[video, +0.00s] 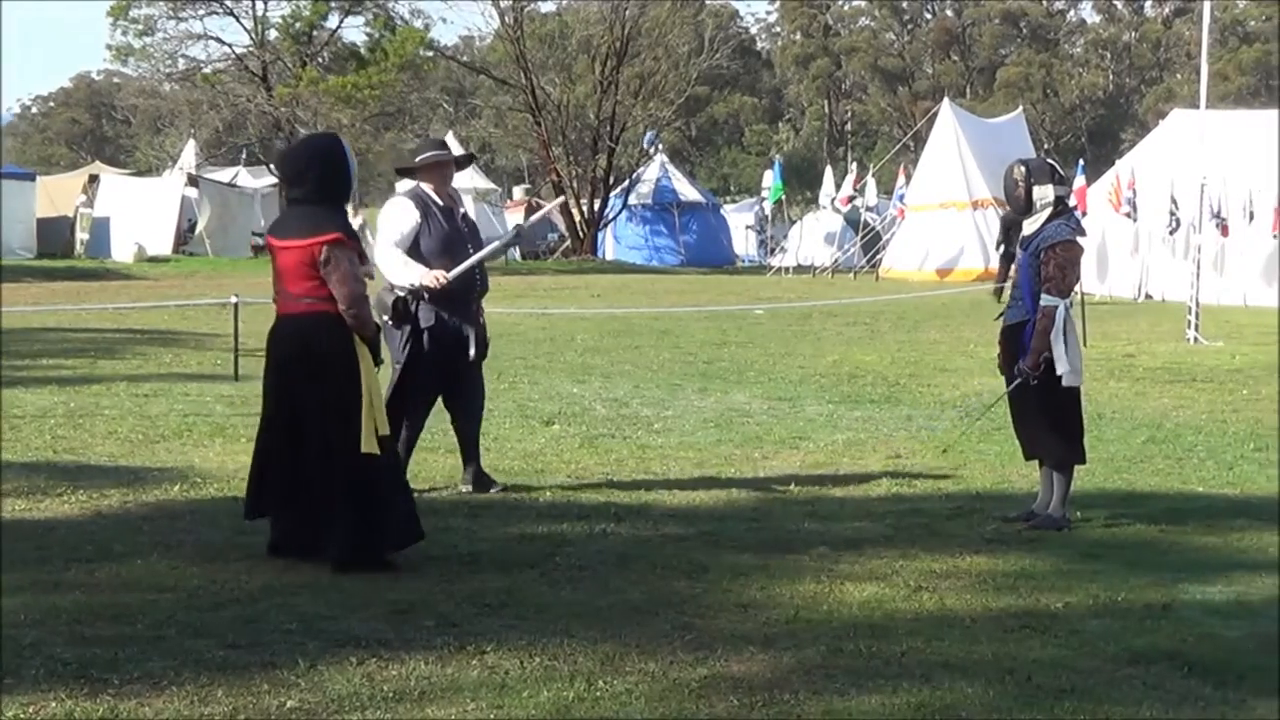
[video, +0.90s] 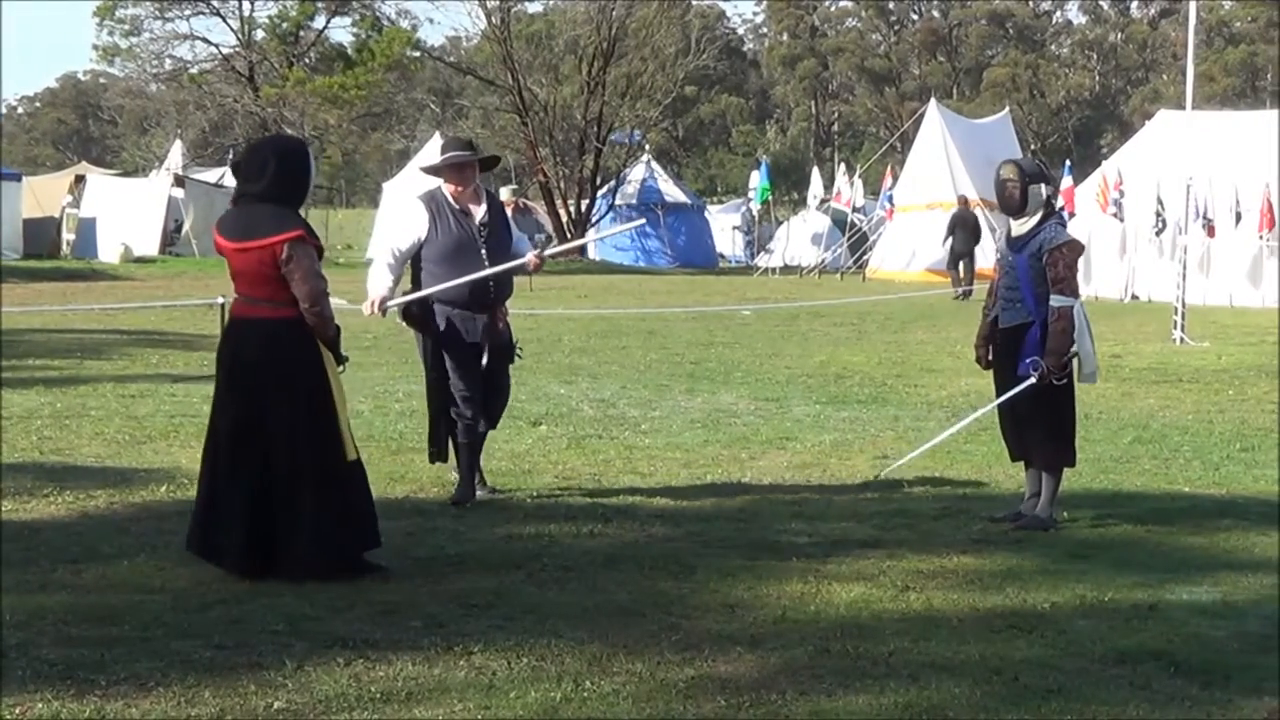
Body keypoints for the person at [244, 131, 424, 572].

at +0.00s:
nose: (351, 180)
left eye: (348, 172)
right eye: (347, 173)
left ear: (290, 180)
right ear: (337, 179)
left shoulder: (279, 230)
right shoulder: (331, 234)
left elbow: (284, 293)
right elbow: (351, 303)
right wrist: (374, 337)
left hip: (286, 336)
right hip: (329, 339)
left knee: (296, 434)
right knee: (342, 435)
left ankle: (291, 532)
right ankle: (353, 541)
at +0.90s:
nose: (307, 183)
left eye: (304, 175)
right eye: (303, 175)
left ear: (248, 176)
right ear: (293, 180)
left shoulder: (229, 227)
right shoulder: (291, 234)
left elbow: (245, 280)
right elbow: (313, 303)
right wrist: (333, 341)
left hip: (242, 335)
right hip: (287, 341)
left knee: (246, 437)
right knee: (300, 438)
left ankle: (244, 543)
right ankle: (310, 544)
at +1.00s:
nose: (307, 182)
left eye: (305, 173)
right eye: (304, 175)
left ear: (247, 174)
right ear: (292, 181)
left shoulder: (228, 223)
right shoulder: (290, 235)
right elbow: (314, 305)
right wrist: (335, 342)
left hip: (244, 335)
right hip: (289, 341)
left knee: (245, 438)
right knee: (300, 441)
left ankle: (241, 543)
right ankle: (307, 545)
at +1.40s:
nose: (306, 180)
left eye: (303, 172)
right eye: (302, 174)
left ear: (246, 178)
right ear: (294, 182)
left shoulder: (230, 227)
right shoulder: (290, 236)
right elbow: (316, 303)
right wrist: (338, 343)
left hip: (247, 336)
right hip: (291, 342)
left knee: (247, 438)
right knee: (302, 440)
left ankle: (241, 540)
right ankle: (304, 544)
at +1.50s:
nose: (307, 178)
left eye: (304, 170)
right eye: (302, 171)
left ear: (247, 176)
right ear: (291, 179)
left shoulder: (229, 227)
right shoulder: (291, 235)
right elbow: (317, 305)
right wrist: (339, 344)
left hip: (247, 337)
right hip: (291, 343)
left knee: (247, 439)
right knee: (305, 441)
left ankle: (242, 541)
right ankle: (310, 546)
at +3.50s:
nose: (304, 181)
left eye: (302, 173)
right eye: (301, 173)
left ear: (246, 176)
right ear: (292, 178)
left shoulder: (225, 235)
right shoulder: (302, 235)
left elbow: (228, 302)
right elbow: (325, 307)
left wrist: (253, 326)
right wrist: (341, 339)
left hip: (247, 344)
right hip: (299, 346)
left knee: (253, 442)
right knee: (312, 443)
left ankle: (257, 549)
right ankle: (320, 548)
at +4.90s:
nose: (294, 181)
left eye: (291, 173)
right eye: (290, 174)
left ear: (235, 180)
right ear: (280, 180)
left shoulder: (218, 236)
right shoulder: (283, 234)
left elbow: (226, 303)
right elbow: (311, 303)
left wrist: (246, 331)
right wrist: (331, 346)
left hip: (237, 346)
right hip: (286, 348)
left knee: (246, 444)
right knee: (309, 443)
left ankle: (249, 549)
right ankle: (351, 551)